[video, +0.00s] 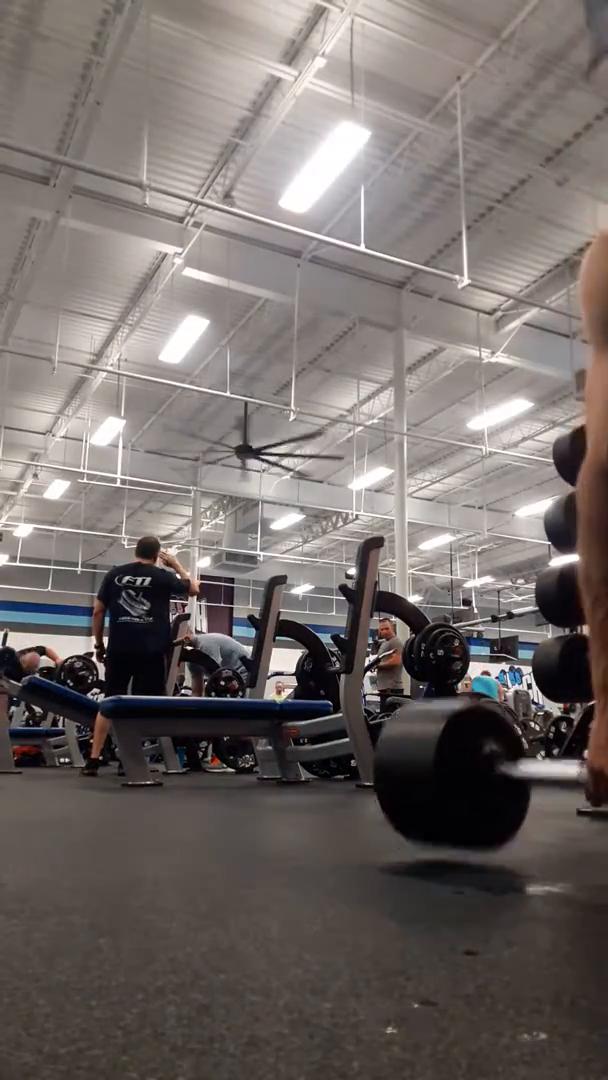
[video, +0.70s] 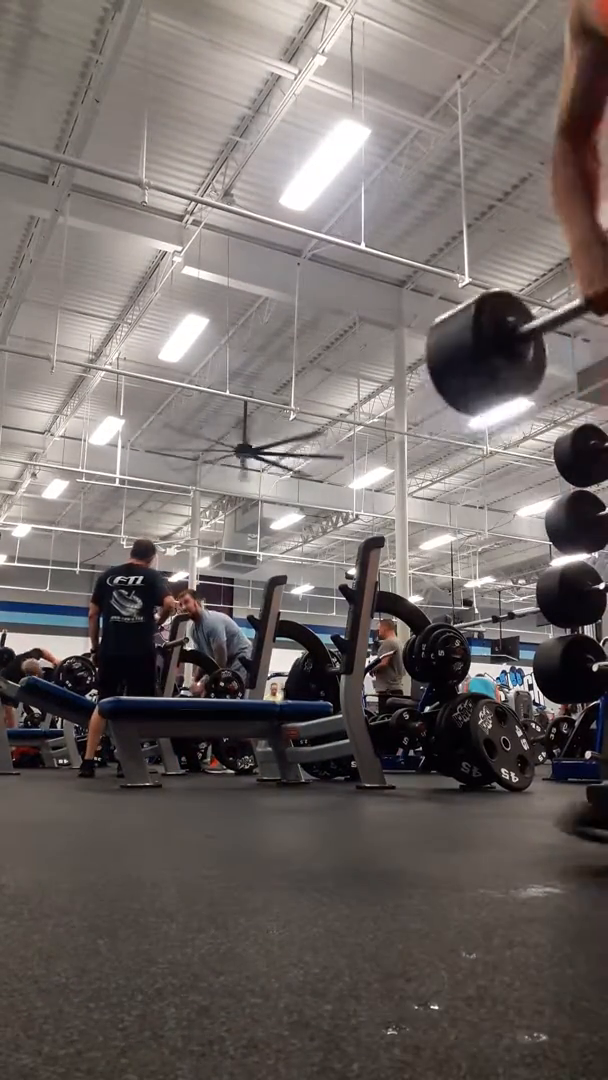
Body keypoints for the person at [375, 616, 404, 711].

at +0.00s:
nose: (384, 632)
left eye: (386, 629)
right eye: (382, 629)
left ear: (392, 629)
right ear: (379, 631)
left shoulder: (396, 642)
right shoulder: (383, 644)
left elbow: (397, 660)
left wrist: (379, 665)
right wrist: (375, 664)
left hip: (393, 687)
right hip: (384, 687)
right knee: (384, 717)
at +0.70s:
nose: (379, 632)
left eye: (380, 629)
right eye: (379, 629)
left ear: (385, 628)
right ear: (391, 629)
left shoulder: (388, 643)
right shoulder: (397, 642)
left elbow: (384, 663)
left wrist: (373, 670)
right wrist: (376, 670)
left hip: (387, 692)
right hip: (396, 690)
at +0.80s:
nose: (378, 632)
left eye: (379, 629)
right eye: (378, 630)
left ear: (385, 628)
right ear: (391, 629)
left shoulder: (386, 643)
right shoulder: (398, 643)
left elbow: (383, 663)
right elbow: (403, 670)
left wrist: (373, 670)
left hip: (386, 692)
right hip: (397, 691)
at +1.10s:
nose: (378, 631)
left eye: (381, 628)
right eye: (378, 628)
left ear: (390, 629)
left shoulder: (389, 643)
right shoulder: (396, 643)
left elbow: (384, 666)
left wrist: (372, 680)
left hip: (385, 692)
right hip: (394, 691)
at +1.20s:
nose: (380, 631)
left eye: (383, 628)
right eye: (379, 629)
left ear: (391, 630)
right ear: (377, 630)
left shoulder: (390, 644)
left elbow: (387, 667)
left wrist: (378, 685)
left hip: (387, 691)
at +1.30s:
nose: (382, 631)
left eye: (385, 628)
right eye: (380, 629)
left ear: (391, 630)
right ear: (377, 631)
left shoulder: (393, 644)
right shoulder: (383, 646)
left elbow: (396, 661)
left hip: (389, 690)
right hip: (382, 689)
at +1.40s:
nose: (382, 631)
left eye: (385, 628)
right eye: (380, 628)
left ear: (390, 630)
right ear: (377, 631)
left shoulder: (394, 644)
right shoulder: (379, 647)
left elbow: (401, 662)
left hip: (390, 688)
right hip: (380, 687)